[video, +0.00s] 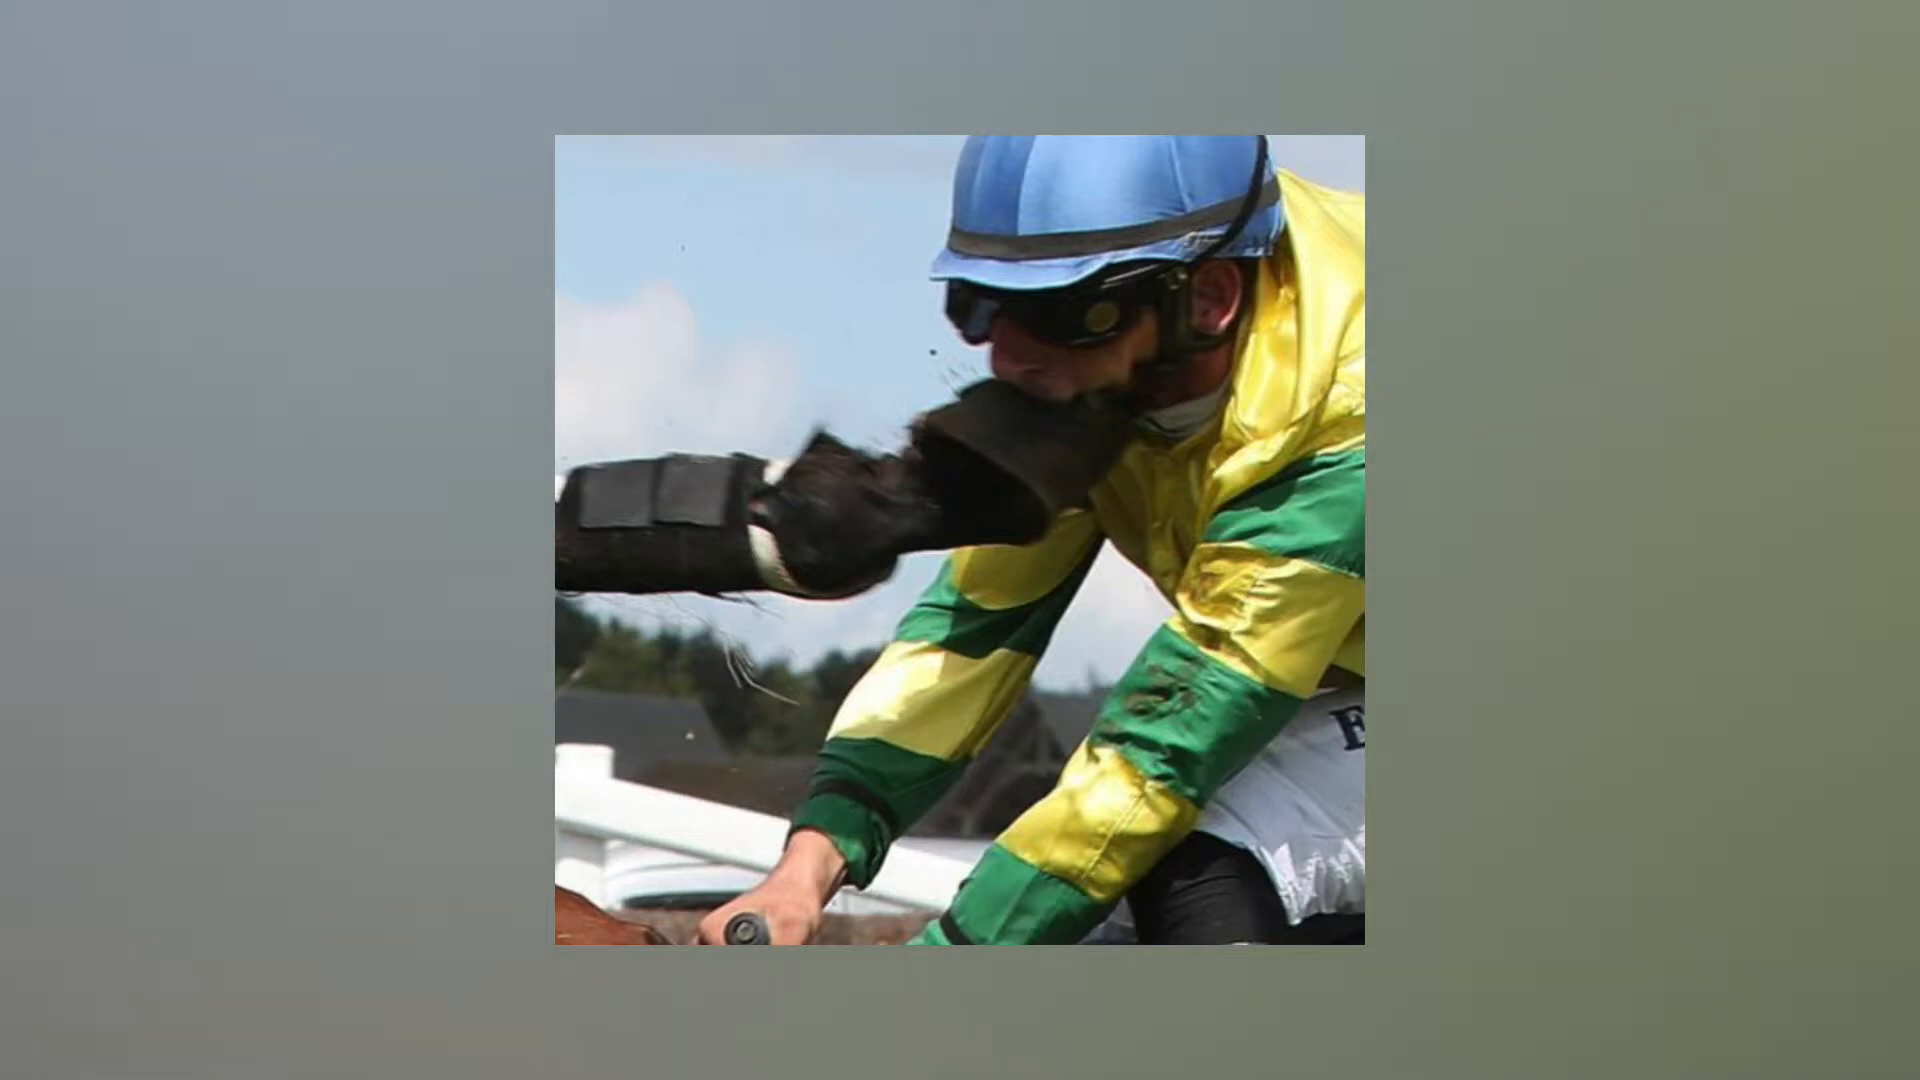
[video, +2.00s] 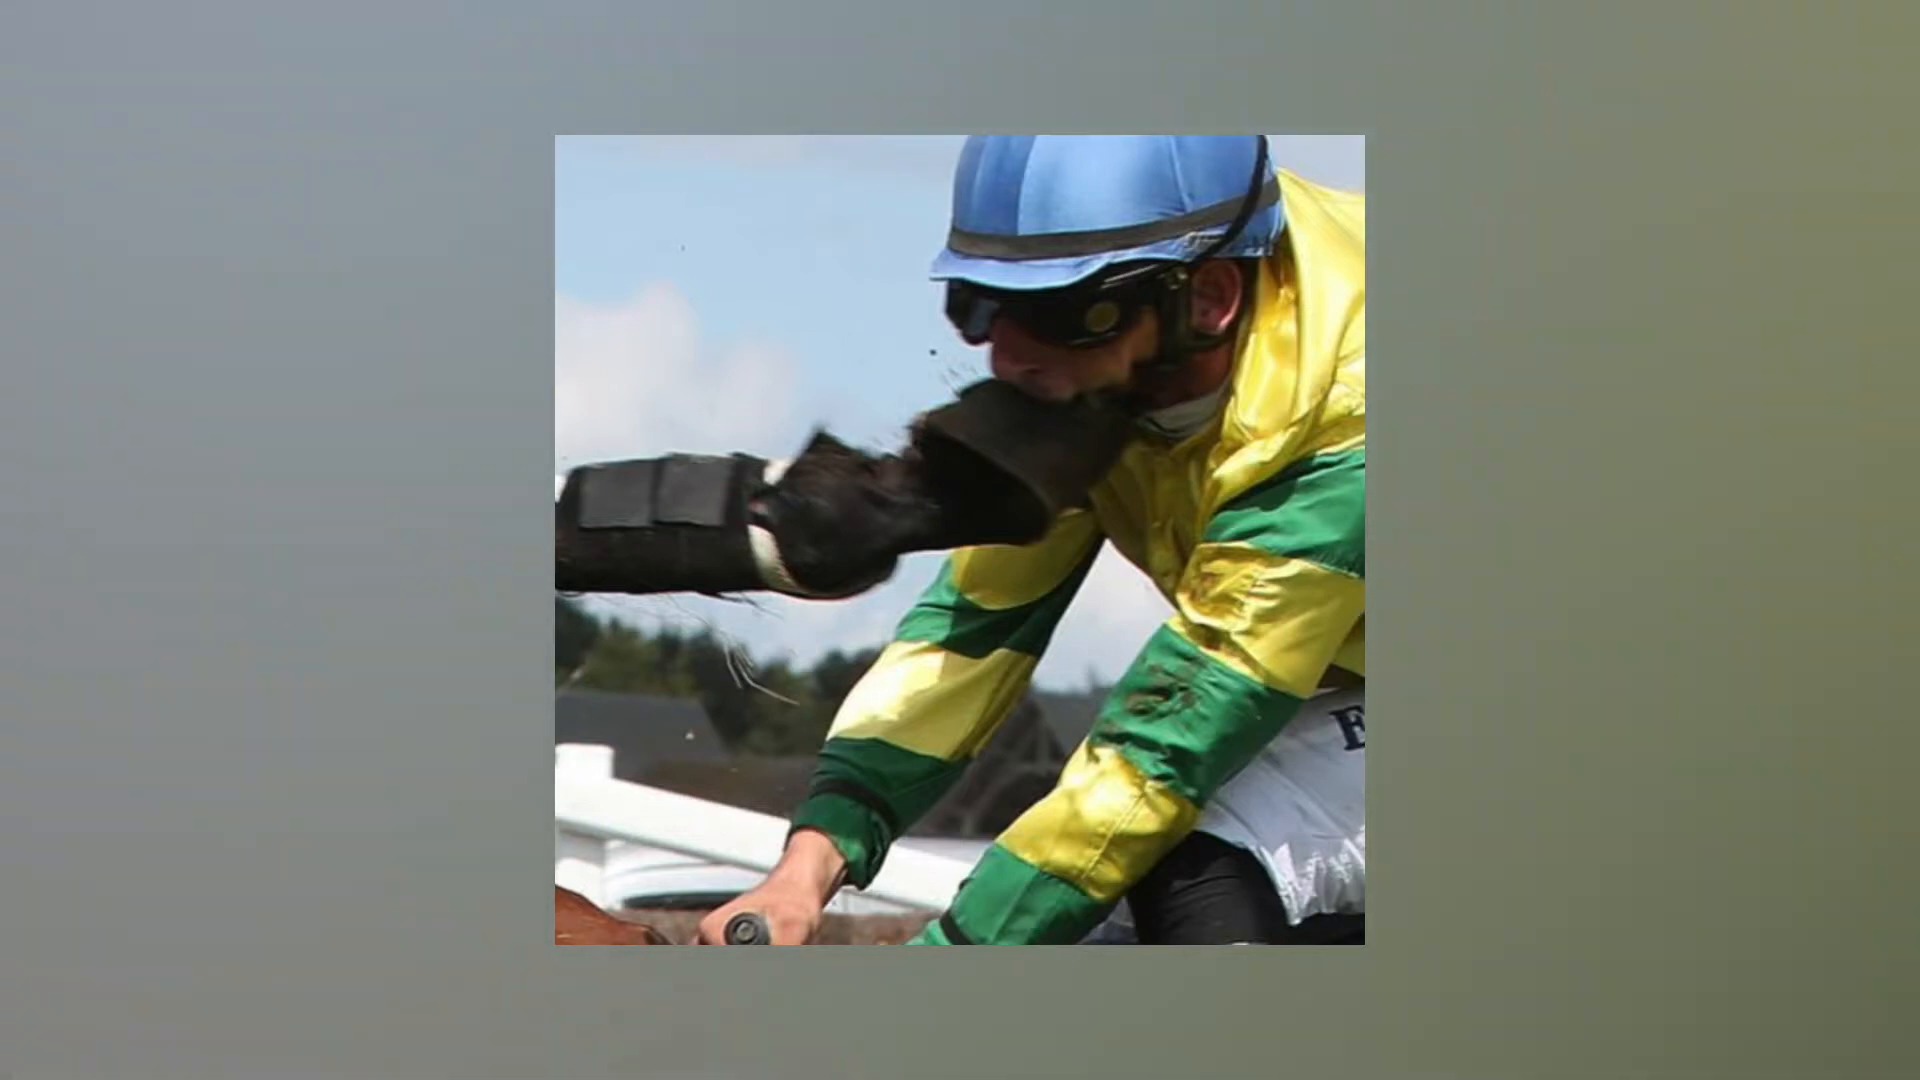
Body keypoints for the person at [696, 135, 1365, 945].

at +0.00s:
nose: (1005, 358)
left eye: (1056, 318)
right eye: (987, 309)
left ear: (1209, 299)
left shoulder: (1341, 429)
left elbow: (1159, 752)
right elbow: (969, 623)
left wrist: (932, 966)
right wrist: (804, 871)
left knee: (1204, 862)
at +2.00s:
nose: (1005, 359)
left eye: (1054, 319)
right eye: (988, 309)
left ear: (1209, 299)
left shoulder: (1342, 427)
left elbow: (1160, 752)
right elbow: (969, 623)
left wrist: (932, 968)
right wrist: (804, 872)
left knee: (1204, 862)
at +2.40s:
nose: (1005, 358)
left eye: (1055, 319)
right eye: (988, 309)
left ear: (1209, 299)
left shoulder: (1341, 428)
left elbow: (1159, 752)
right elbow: (969, 624)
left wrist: (932, 966)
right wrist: (804, 872)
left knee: (1203, 861)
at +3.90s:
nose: (1005, 358)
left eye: (1055, 319)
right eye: (988, 309)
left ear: (1209, 299)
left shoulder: (1341, 429)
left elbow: (1159, 752)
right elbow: (969, 624)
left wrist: (932, 966)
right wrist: (804, 872)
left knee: (1204, 861)